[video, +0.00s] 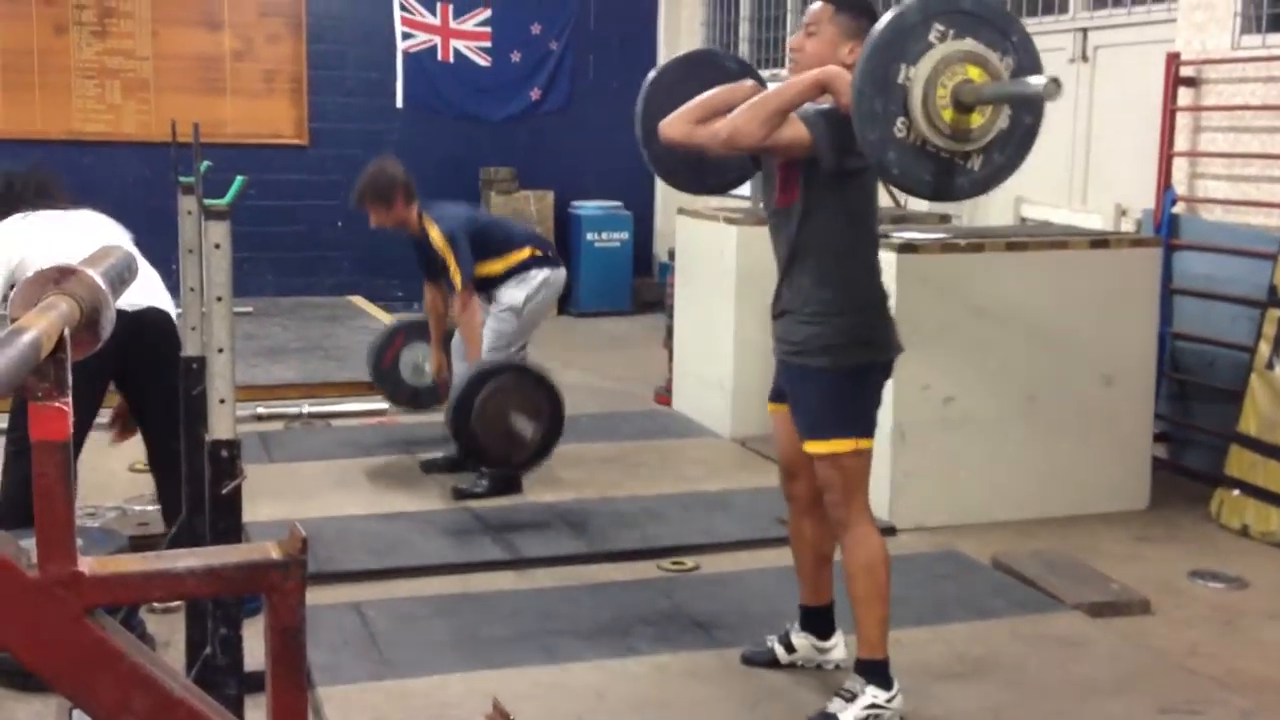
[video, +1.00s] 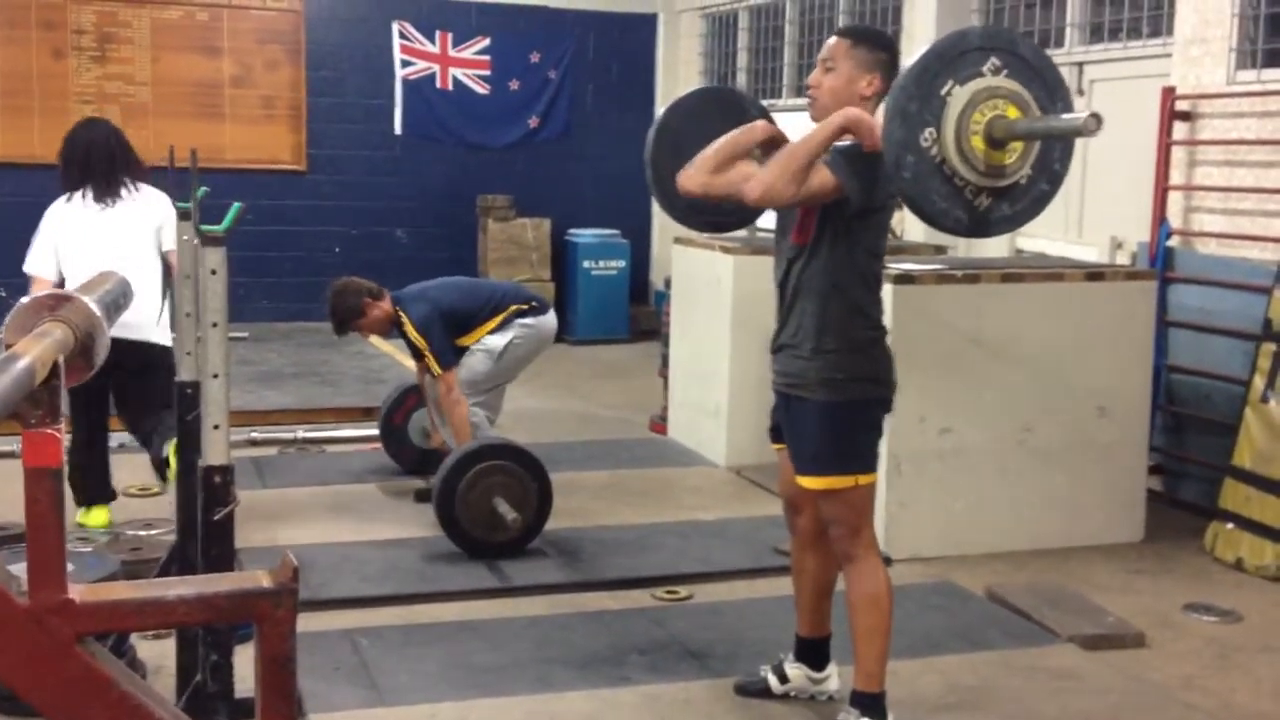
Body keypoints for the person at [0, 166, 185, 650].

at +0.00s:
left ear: (11, 206)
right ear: (53, 197)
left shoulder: (8, 229)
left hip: (66, 330)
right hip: (151, 320)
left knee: (39, 458)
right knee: (175, 457)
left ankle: (19, 568)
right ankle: (202, 572)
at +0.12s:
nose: (18, 189)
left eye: (22, 181)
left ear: (33, 180)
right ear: (92, 173)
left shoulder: (28, 219)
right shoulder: (139, 208)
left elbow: (6, 300)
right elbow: (181, 281)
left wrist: (19, 359)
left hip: (77, 332)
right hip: (158, 327)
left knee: (56, 445)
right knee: (167, 451)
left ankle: (16, 540)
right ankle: (189, 565)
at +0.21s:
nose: (52, 170)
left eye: (56, 162)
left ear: (64, 163)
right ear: (122, 158)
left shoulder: (52, 208)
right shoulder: (166, 202)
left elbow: (12, 285)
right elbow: (198, 272)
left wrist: (14, 355)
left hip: (81, 336)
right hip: (162, 335)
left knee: (62, 449)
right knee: (168, 459)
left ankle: (23, 551)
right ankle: (193, 573)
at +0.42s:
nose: (111, 145)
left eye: (116, 136)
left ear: (123, 140)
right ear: (183, 140)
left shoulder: (101, 188)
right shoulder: (214, 193)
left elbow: (74, 272)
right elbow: (231, 272)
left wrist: (54, 332)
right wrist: (214, 321)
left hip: (110, 331)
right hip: (180, 332)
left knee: (79, 442)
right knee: (184, 451)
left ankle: (41, 540)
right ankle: (202, 556)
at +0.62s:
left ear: (128, 156)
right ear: (181, 160)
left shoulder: (104, 203)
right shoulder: (205, 211)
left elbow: (77, 275)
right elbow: (225, 276)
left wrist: (73, 343)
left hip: (115, 338)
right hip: (177, 341)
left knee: (103, 389)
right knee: (175, 429)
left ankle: (116, 471)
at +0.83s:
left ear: (99, 153)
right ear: (152, 151)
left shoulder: (83, 198)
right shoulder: (183, 198)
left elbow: (60, 266)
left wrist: (60, 329)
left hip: (106, 332)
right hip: (168, 332)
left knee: (98, 416)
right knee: (166, 422)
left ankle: (96, 501)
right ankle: (193, 517)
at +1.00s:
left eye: (68, 157)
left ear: (72, 160)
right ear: (124, 153)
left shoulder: (59, 210)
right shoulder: (156, 201)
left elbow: (41, 289)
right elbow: (182, 267)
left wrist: (43, 340)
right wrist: (198, 317)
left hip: (84, 338)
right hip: (146, 335)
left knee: (87, 424)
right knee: (150, 407)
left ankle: (94, 509)